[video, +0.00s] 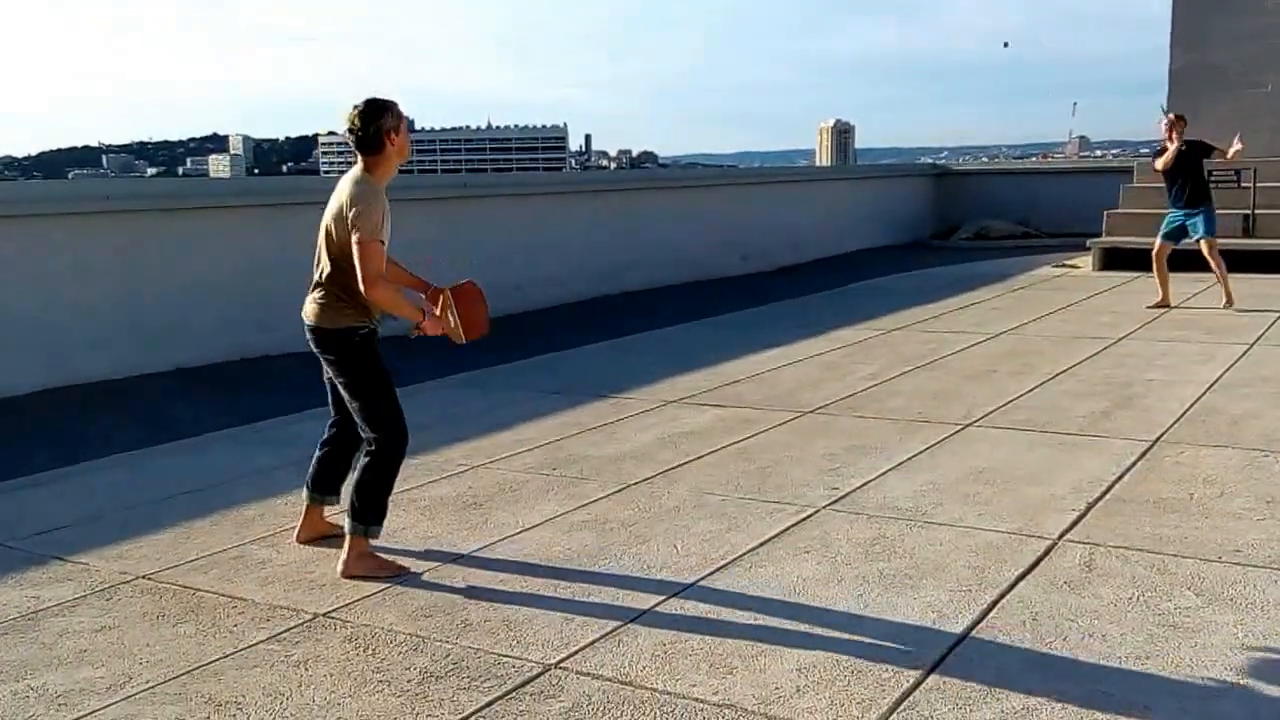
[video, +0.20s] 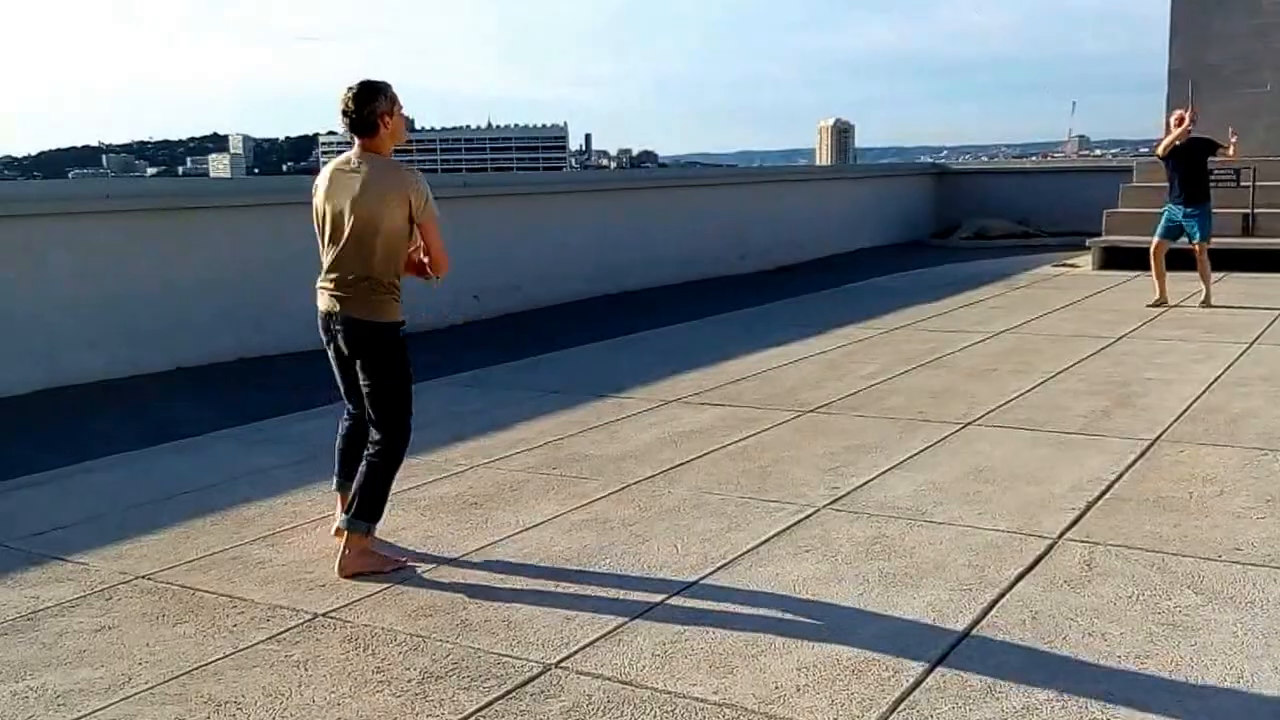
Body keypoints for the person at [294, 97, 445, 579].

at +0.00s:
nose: (410, 138)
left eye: (408, 129)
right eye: (406, 130)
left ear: (371, 140)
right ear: (391, 138)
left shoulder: (360, 186)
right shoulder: (366, 195)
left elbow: (378, 264)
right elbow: (370, 285)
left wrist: (427, 290)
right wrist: (418, 315)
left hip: (328, 322)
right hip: (344, 329)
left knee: (347, 424)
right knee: (388, 435)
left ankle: (313, 519)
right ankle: (358, 552)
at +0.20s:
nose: (404, 118)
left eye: (400, 110)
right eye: (399, 112)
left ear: (357, 123)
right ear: (385, 120)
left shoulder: (329, 172)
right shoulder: (405, 179)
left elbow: (339, 240)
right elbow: (438, 264)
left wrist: (401, 257)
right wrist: (416, 262)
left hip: (330, 314)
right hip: (375, 322)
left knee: (358, 413)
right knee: (392, 431)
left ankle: (347, 512)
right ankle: (357, 548)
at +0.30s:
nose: (398, 117)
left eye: (393, 110)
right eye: (392, 111)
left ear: (349, 126)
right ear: (378, 122)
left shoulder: (322, 180)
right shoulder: (414, 175)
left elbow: (324, 259)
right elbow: (452, 229)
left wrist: (361, 233)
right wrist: (413, 221)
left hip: (350, 322)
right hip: (402, 324)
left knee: (366, 422)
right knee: (413, 430)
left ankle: (367, 535)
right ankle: (360, 536)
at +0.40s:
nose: (400, 121)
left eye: (394, 114)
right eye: (394, 117)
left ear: (353, 138)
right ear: (384, 132)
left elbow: (332, 268)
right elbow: (419, 220)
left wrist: (365, 233)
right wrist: (354, 182)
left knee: (361, 423)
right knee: (458, 423)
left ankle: (360, 532)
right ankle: (398, 510)